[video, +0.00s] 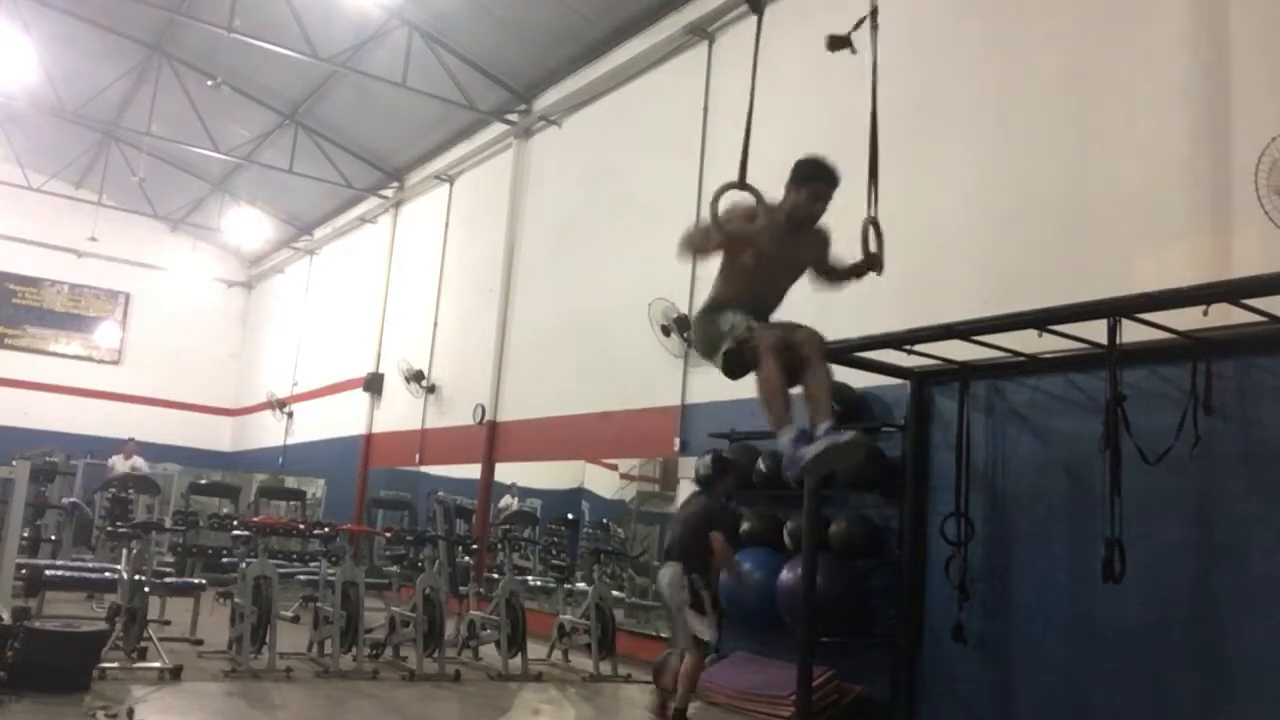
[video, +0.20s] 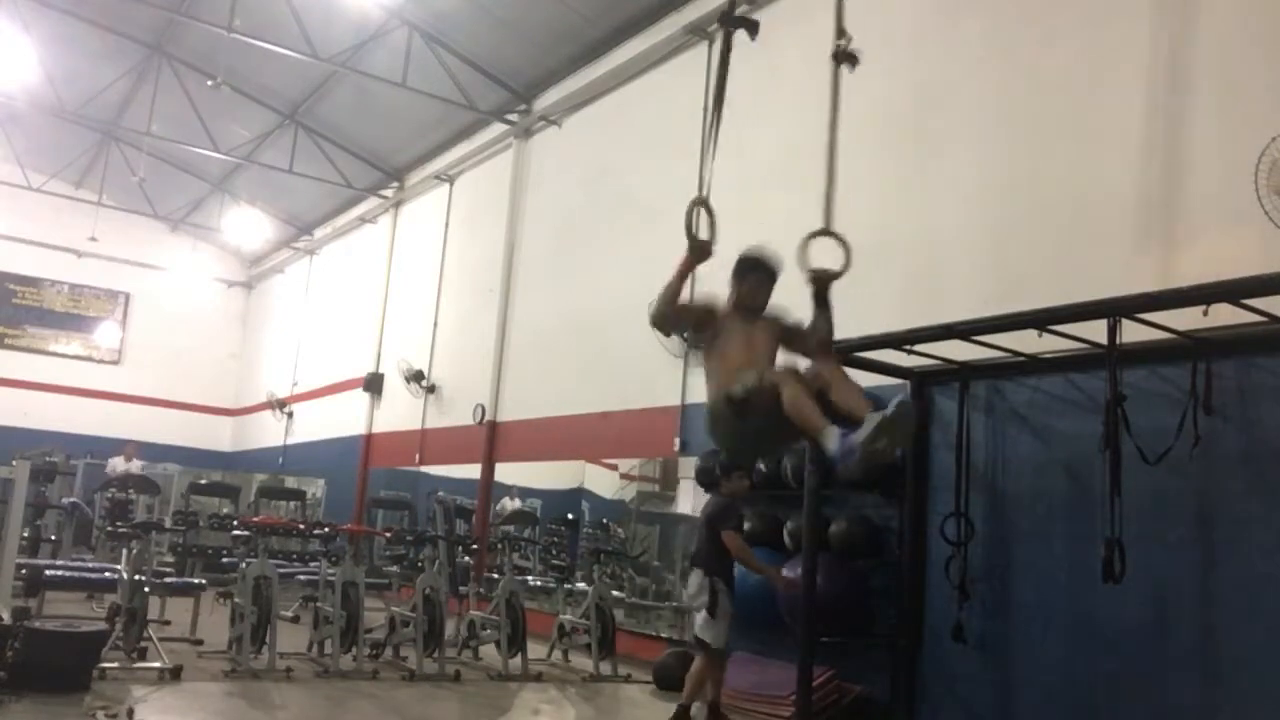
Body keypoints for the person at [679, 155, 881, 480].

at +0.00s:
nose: (818, 208)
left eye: (824, 202)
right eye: (813, 198)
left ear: (828, 203)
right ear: (790, 190)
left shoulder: (815, 240)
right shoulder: (752, 218)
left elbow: (825, 272)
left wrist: (859, 268)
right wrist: (738, 233)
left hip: (756, 324)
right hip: (715, 320)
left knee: (811, 341)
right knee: (769, 342)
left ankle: (824, 435)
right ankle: (790, 446)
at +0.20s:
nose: (755, 293)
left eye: (763, 287)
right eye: (749, 284)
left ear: (770, 291)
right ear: (735, 283)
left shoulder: (773, 327)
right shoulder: (713, 319)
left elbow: (820, 347)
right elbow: (661, 318)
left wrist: (821, 295)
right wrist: (688, 264)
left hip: (774, 416)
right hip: (730, 420)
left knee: (825, 368)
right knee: (785, 378)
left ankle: (873, 424)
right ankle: (837, 446)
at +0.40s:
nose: (737, 378)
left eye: (740, 371)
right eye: (728, 371)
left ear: (746, 376)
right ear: (709, 376)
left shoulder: (752, 405)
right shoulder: (696, 404)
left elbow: (767, 352)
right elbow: (688, 342)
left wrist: (768, 299)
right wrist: (694, 284)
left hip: (772, 507)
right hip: (733, 513)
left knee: (827, 484)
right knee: (769, 491)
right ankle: (870, 500)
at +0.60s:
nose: (772, 398)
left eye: (780, 391)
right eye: (765, 390)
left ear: (790, 394)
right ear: (750, 389)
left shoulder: (786, 422)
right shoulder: (729, 419)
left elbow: (809, 358)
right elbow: (733, 340)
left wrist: (813, 293)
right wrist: (739, 278)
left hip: (778, 545)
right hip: (735, 544)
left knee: (810, 639)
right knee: (750, 642)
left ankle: (814, 700)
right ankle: (729, 706)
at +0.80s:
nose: (830, 400)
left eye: (838, 392)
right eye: (822, 389)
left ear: (848, 392)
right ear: (803, 384)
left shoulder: (840, 417)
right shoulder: (778, 411)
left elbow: (855, 341)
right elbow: (779, 332)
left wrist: (856, 275)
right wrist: (782, 265)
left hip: (806, 565)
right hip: (759, 554)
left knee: (790, 646)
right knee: (710, 628)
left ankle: (754, 694)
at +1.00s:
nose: (877, 386)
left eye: (885, 378)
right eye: (871, 374)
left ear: (890, 374)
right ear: (844, 360)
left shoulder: (873, 397)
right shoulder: (809, 391)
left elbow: (906, 324)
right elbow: (807, 312)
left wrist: (914, 258)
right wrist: (814, 240)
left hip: (806, 529)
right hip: (762, 511)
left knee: (787, 596)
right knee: (680, 532)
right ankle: (672, 445)